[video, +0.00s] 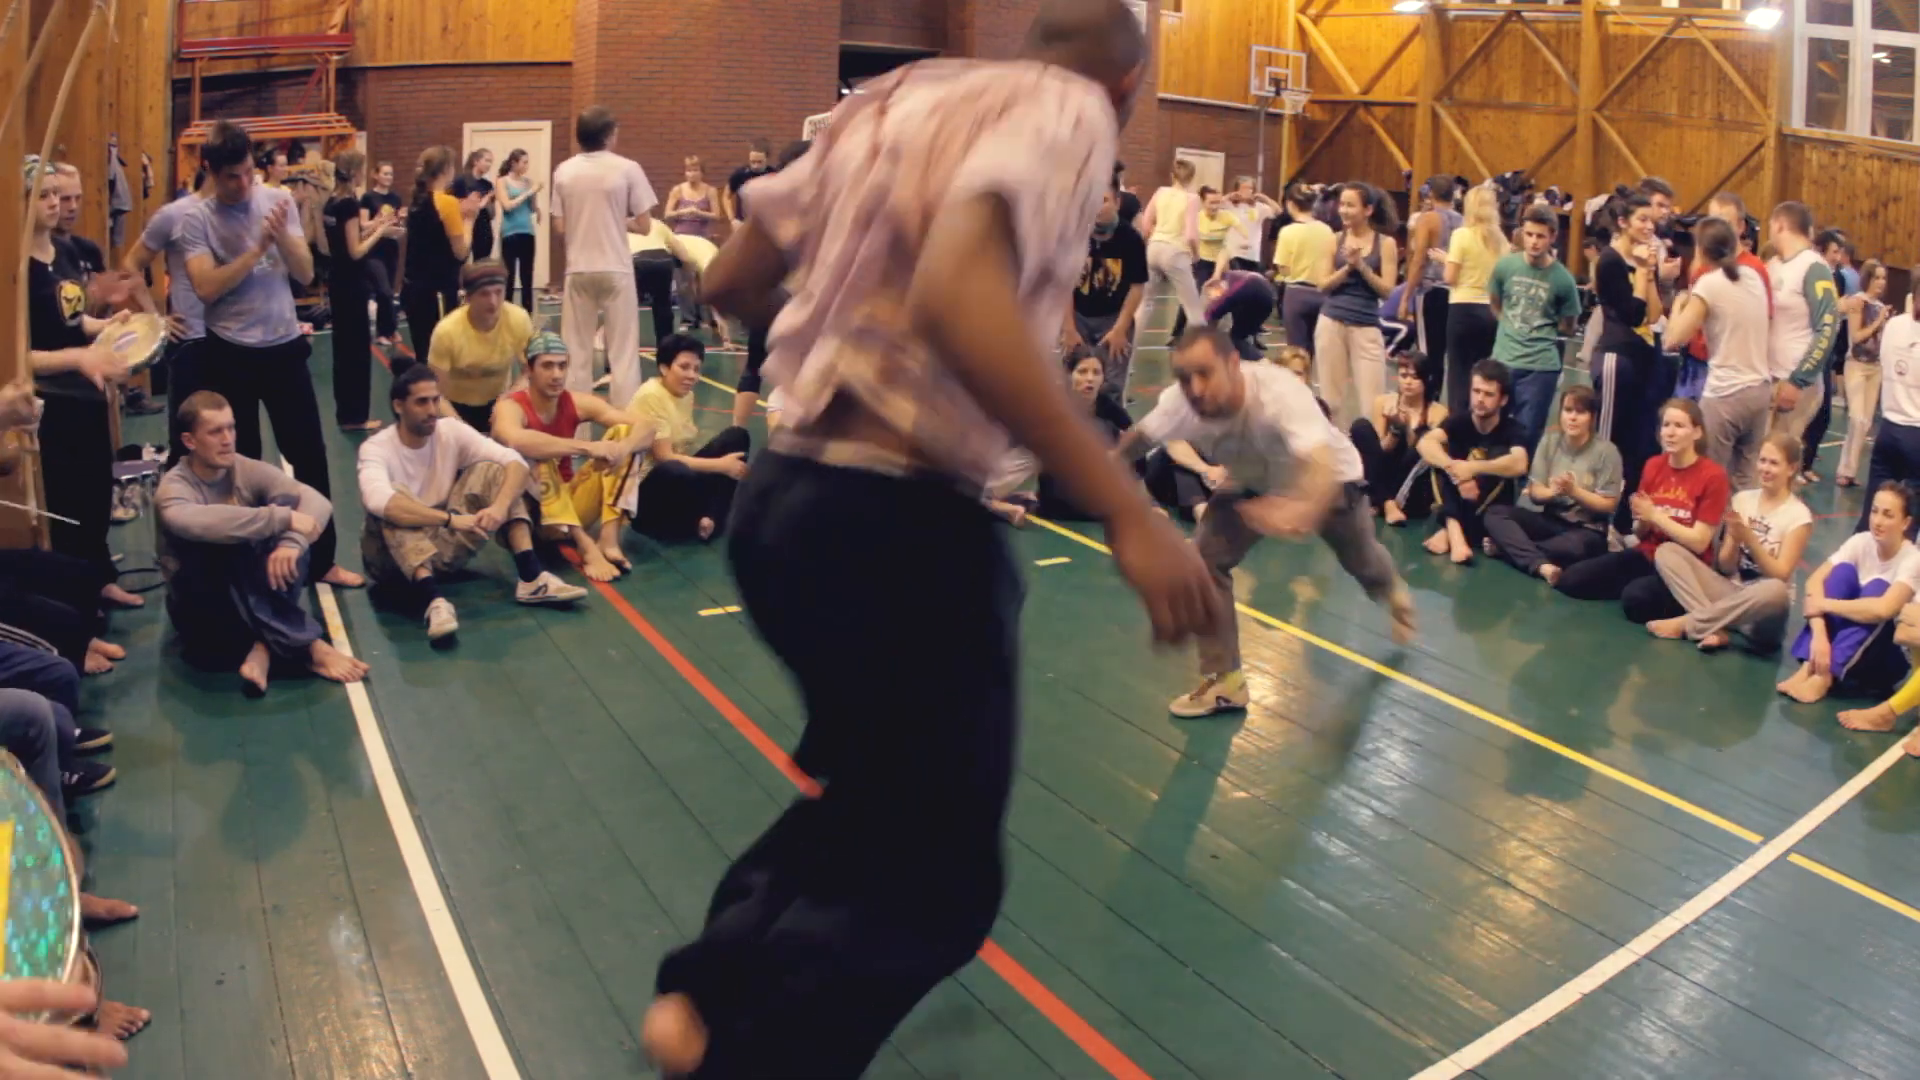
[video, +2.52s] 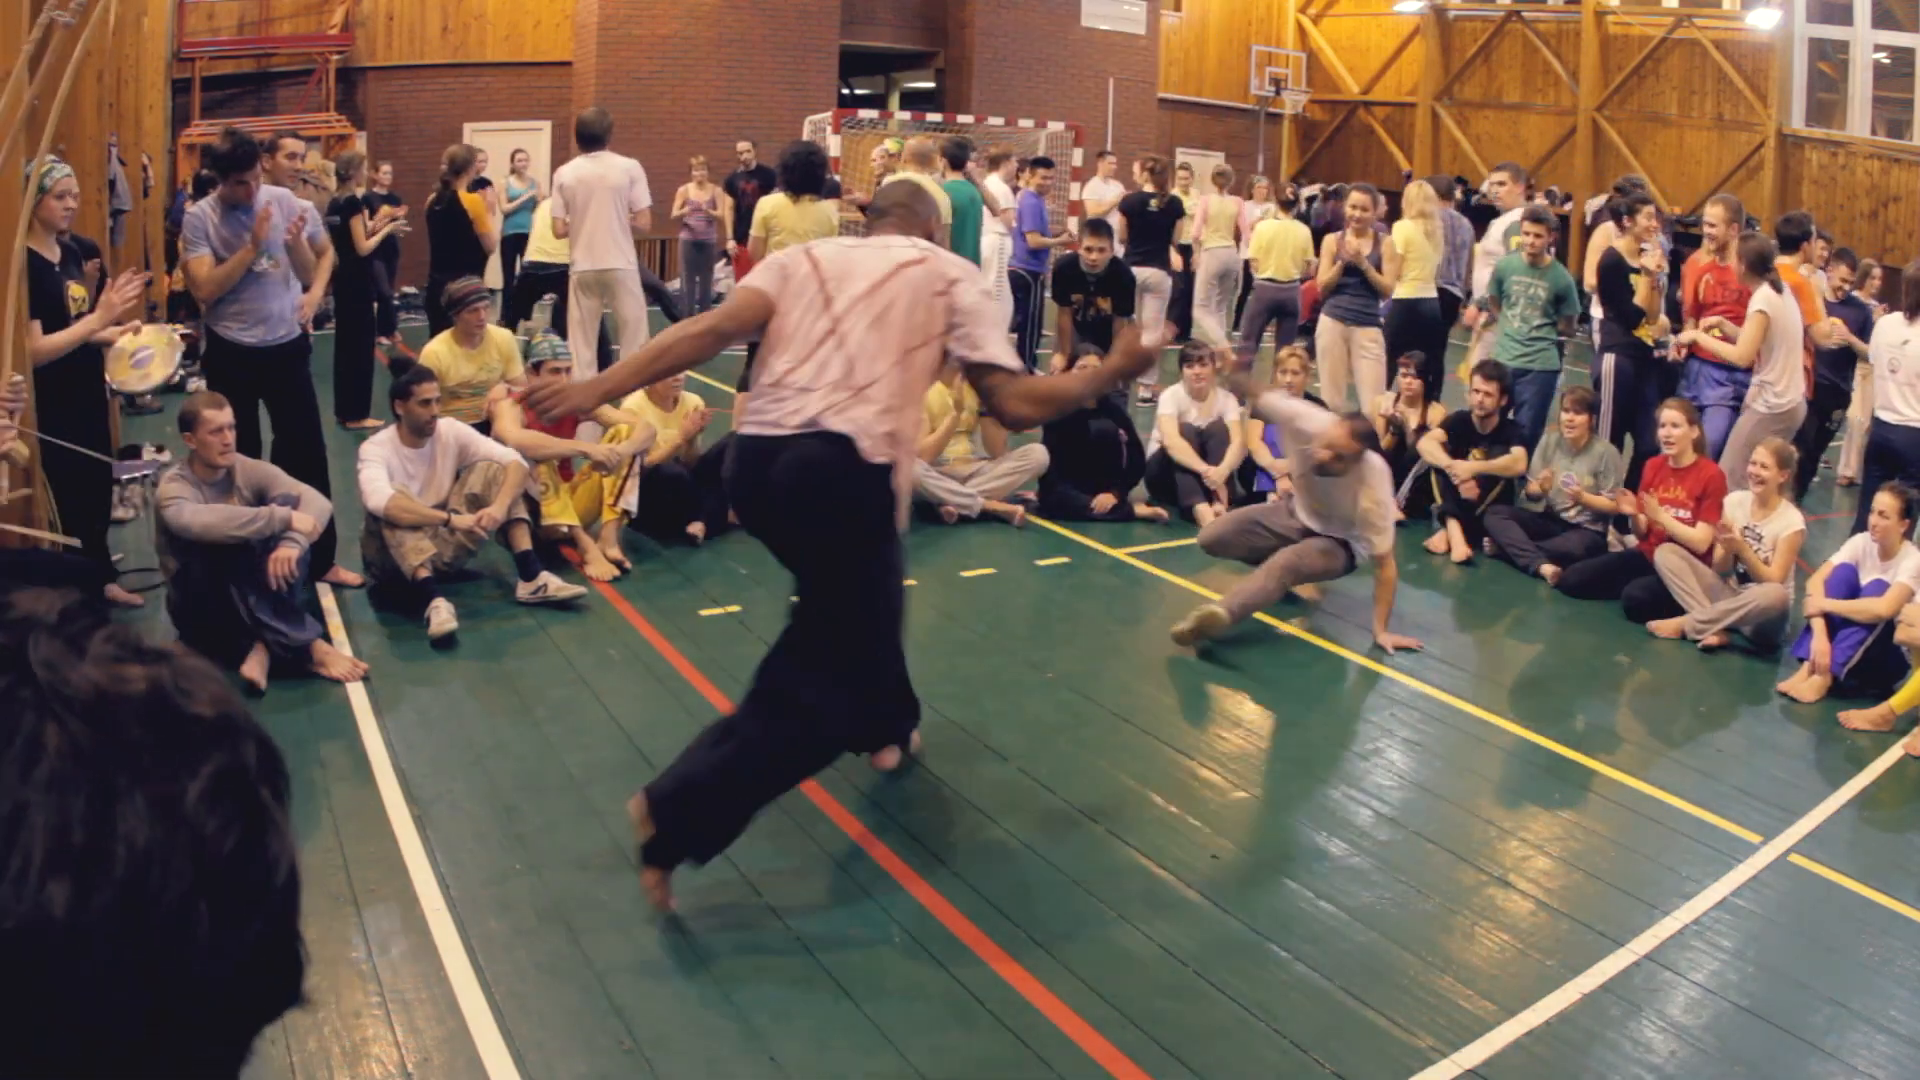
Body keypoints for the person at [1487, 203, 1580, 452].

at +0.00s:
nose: (1533, 241)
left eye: (1540, 236)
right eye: (1529, 234)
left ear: (1552, 238)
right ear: (1521, 234)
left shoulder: (1563, 279)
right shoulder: (1505, 265)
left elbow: (1568, 325)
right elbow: (1495, 305)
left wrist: (1540, 331)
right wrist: (1515, 326)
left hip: (1540, 360)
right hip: (1503, 354)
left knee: (1527, 432)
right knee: (1492, 425)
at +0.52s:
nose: (1534, 242)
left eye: (1541, 236)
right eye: (1530, 235)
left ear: (1553, 239)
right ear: (1522, 235)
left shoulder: (1563, 279)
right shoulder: (1506, 265)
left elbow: (1568, 324)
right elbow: (1496, 303)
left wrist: (1542, 334)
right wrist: (1514, 326)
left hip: (1540, 360)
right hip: (1504, 355)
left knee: (1527, 432)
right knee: (1493, 425)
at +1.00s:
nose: (1534, 242)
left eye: (1541, 236)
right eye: (1529, 234)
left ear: (1553, 239)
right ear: (1522, 234)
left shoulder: (1563, 279)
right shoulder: (1504, 266)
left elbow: (1568, 325)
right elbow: (1496, 305)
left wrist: (1540, 332)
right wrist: (1515, 327)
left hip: (1540, 359)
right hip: (1501, 354)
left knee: (1526, 431)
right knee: (1490, 424)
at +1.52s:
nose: (1533, 241)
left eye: (1540, 236)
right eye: (1528, 234)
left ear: (1552, 238)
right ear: (1521, 234)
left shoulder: (1563, 278)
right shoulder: (1503, 266)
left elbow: (1566, 326)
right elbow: (1495, 305)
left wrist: (1540, 334)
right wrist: (1518, 326)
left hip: (1540, 360)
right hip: (1504, 355)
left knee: (1526, 431)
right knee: (1495, 425)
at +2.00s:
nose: (1532, 241)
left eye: (1539, 236)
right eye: (1527, 234)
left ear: (1551, 238)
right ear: (1520, 234)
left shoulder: (1563, 280)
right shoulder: (1503, 266)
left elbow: (1569, 324)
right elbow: (1494, 303)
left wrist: (1542, 336)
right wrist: (1513, 325)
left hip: (1540, 359)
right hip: (1504, 354)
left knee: (1526, 430)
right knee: (1494, 424)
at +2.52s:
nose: (1530, 241)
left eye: (1537, 236)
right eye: (1526, 234)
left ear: (1551, 239)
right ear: (1519, 234)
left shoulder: (1561, 279)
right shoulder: (1504, 266)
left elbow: (1568, 325)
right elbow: (1495, 305)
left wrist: (1539, 332)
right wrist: (1516, 328)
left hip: (1540, 359)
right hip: (1504, 355)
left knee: (1526, 431)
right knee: (1491, 423)